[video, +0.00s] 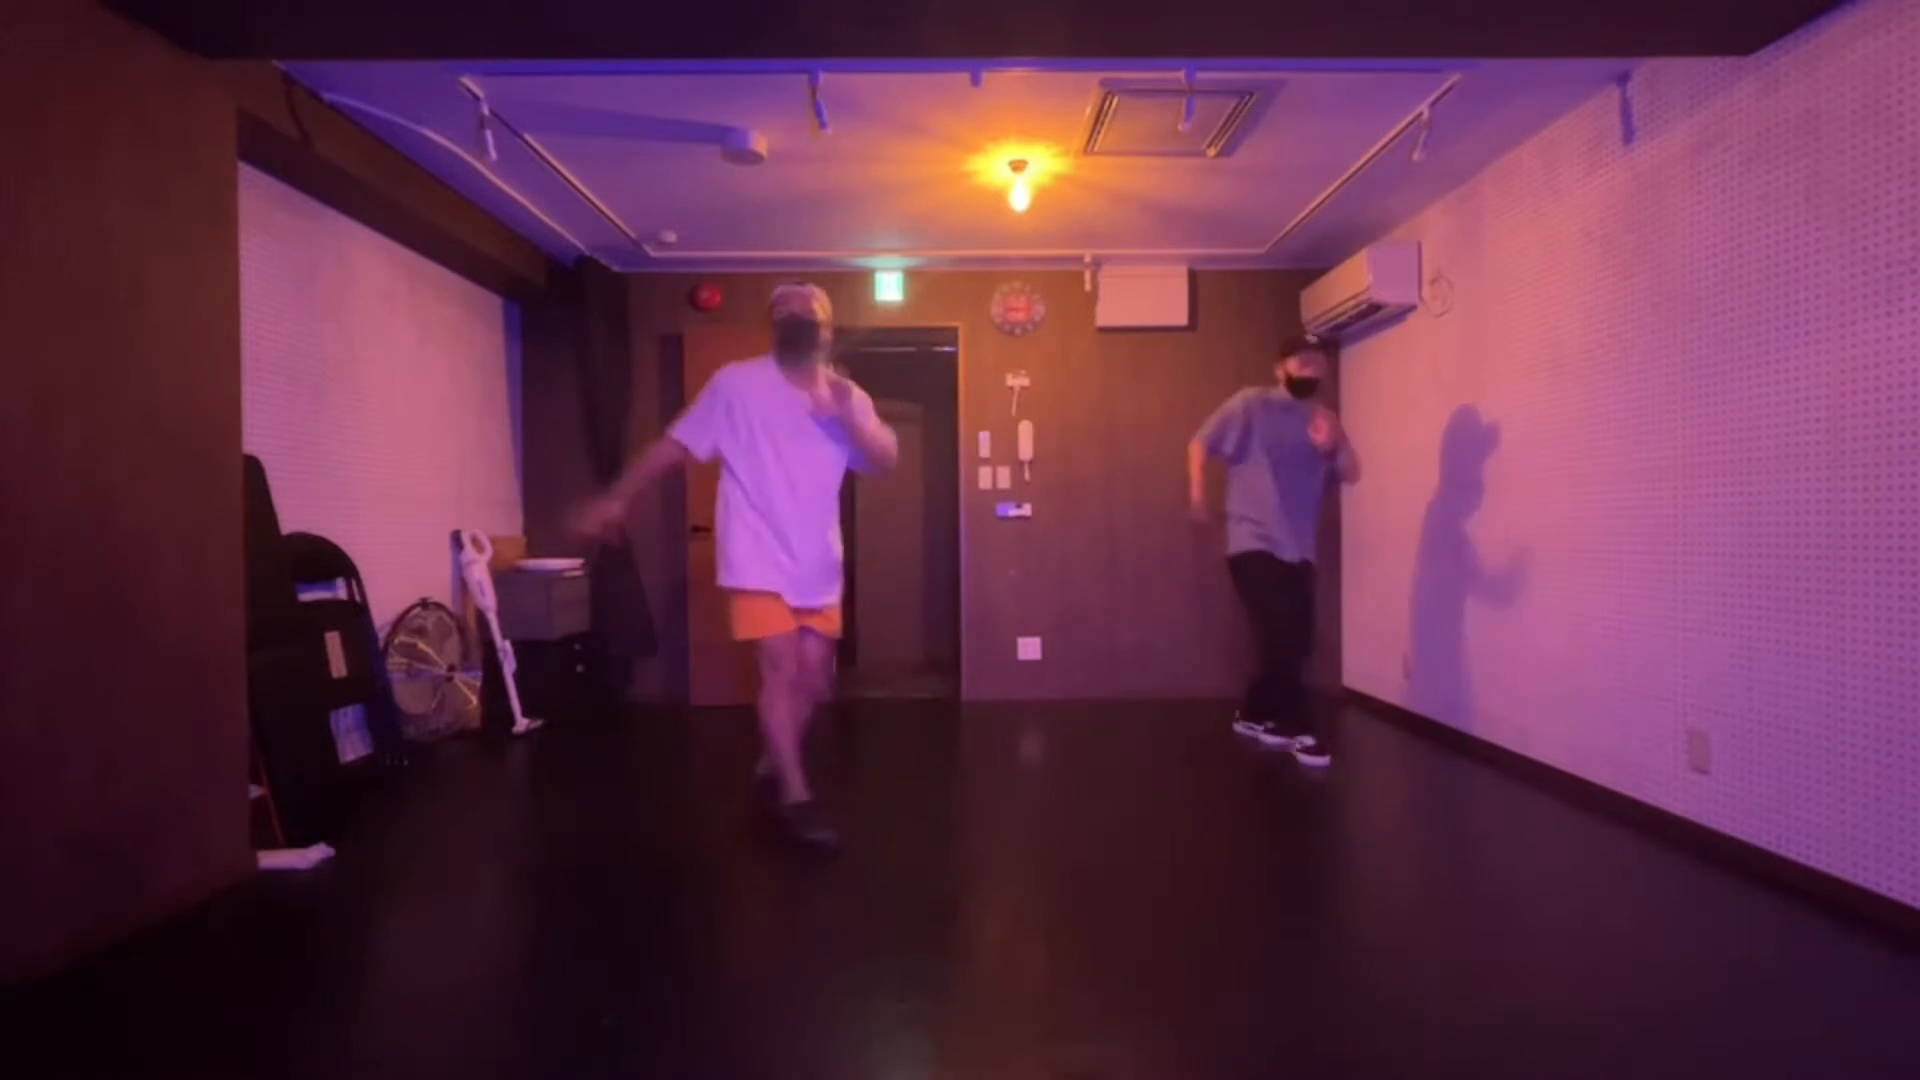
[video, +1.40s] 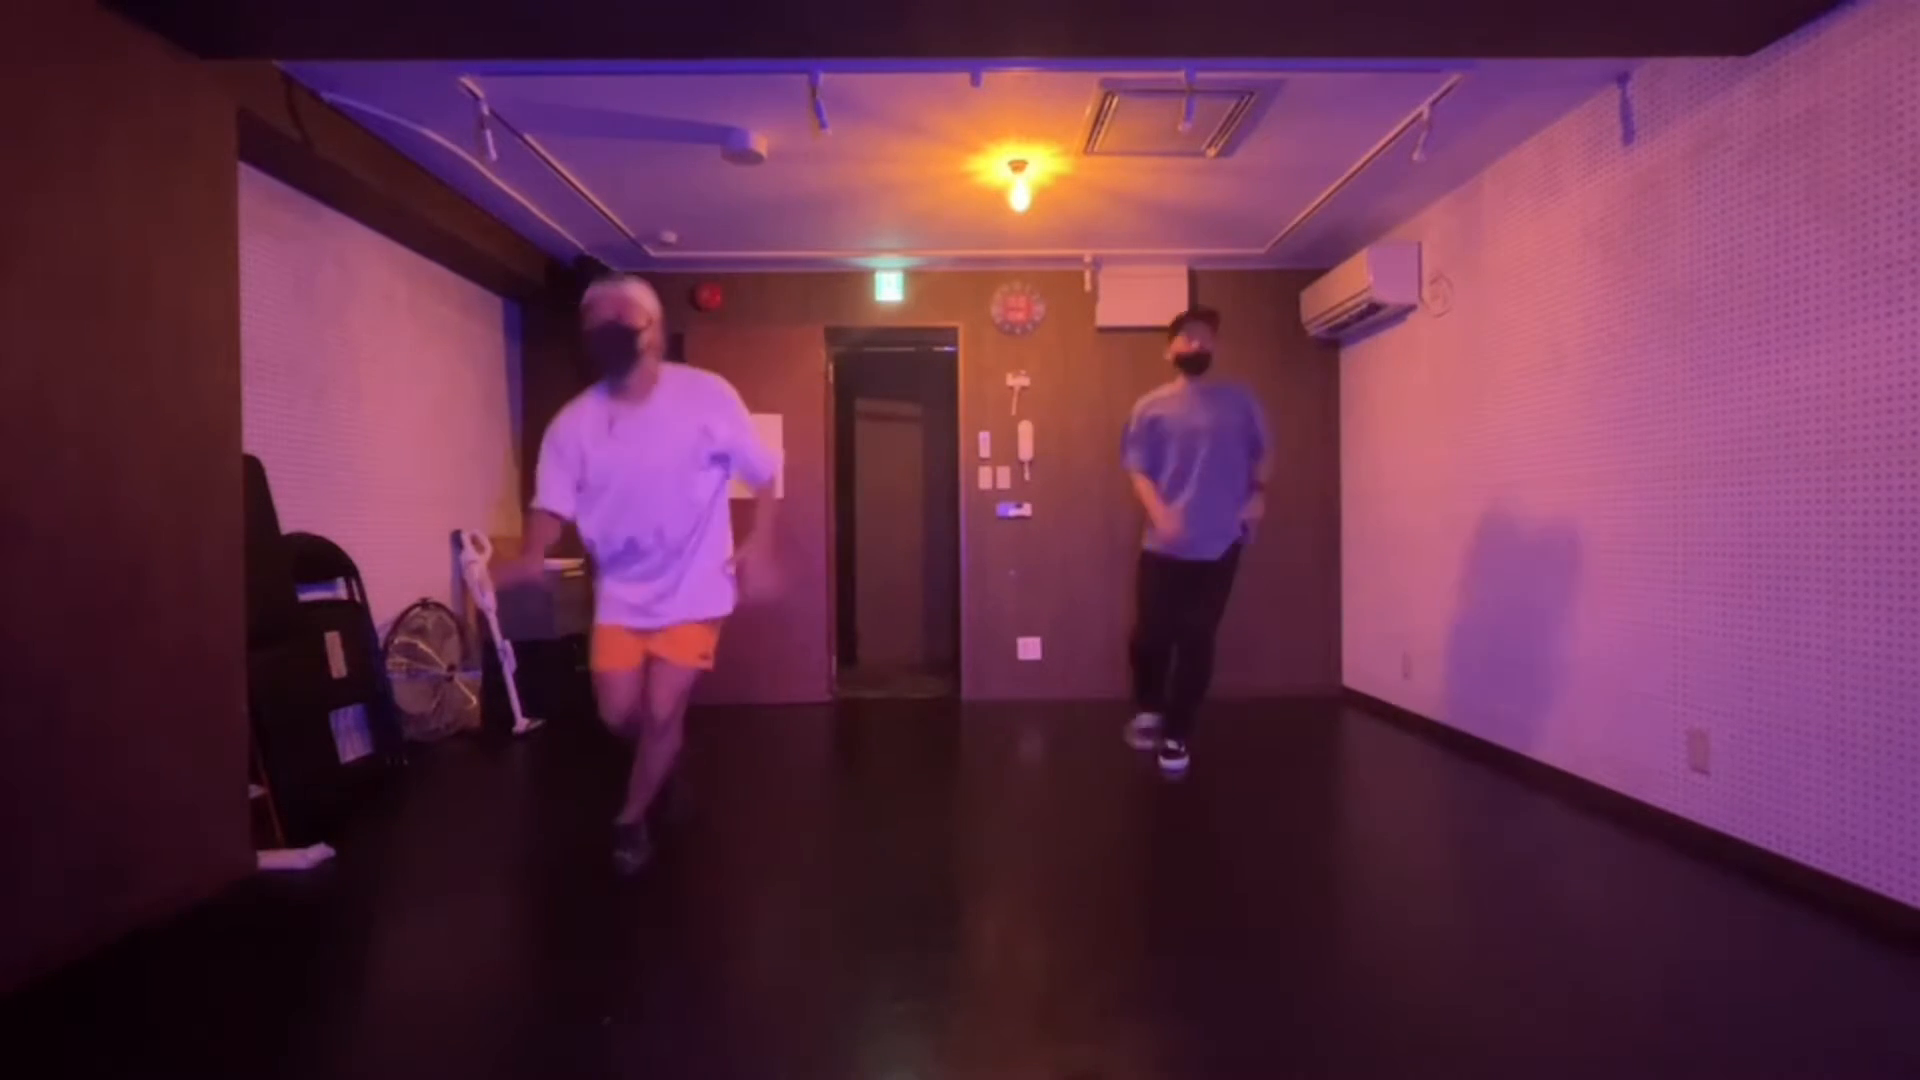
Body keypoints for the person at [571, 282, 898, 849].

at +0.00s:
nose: (800, 328)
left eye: (811, 320)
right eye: (790, 319)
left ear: (829, 330)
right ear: (774, 326)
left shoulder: (843, 393)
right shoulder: (737, 384)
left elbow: (886, 458)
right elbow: (673, 446)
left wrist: (847, 414)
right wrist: (617, 499)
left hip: (818, 555)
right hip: (756, 554)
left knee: (814, 673)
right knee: (780, 665)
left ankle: (769, 769)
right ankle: (795, 796)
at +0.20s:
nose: (764, 333)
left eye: (773, 324)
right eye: (751, 326)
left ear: (793, 333)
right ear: (735, 340)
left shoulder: (822, 395)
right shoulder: (709, 393)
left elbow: (889, 411)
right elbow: (630, 429)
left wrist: (829, 374)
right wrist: (551, 432)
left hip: (801, 566)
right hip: (735, 566)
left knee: (790, 675)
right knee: (750, 671)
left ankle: (759, 784)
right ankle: (742, 792)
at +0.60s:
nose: (682, 317)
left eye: (693, 306)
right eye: (673, 309)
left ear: (716, 315)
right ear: (661, 321)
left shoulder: (761, 370)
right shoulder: (642, 378)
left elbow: (826, 349)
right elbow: (568, 405)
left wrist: (759, 339)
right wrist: (513, 381)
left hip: (755, 548)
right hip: (682, 555)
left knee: (764, 659)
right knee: (681, 671)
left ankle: (761, 781)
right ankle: (678, 779)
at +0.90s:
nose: (635, 323)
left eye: (646, 312)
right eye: (623, 315)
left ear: (670, 319)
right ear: (609, 328)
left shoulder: (713, 363)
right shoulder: (599, 396)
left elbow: (786, 372)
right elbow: (587, 469)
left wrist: (769, 418)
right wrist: (558, 447)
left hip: (723, 544)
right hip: (654, 555)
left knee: (711, 667)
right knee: (663, 676)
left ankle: (732, 783)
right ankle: (680, 783)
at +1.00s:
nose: (613, 345)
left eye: (624, 333)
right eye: (600, 337)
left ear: (649, 339)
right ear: (586, 351)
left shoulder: (701, 377)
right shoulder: (587, 425)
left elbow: (777, 375)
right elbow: (569, 499)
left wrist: (810, 438)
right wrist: (544, 455)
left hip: (720, 551)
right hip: (652, 566)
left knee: (682, 677)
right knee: (649, 689)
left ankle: (658, 805)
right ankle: (693, 779)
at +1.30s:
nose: (601, 363)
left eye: (613, 351)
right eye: (588, 355)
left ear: (640, 356)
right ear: (574, 368)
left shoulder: (694, 404)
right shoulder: (571, 441)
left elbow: (782, 440)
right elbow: (548, 525)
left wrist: (790, 517)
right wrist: (513, 518)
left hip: (700, 593)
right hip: (629, 603)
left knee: (659, 717)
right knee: (629, 728)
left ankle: (632, 823)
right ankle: (687, 767)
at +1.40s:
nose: (615, 339)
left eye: (629, 326)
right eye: (603, 328)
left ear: (657, 335)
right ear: (588, 340)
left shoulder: (707, 398)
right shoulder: (574, 423)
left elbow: (768, 476)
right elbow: (548, 505)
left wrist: (758, 544)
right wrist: (531, 558)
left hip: (695, 584)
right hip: (620, 587)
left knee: (661, 712)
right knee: (617, 711)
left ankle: (631, 823)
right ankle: (672, 752)